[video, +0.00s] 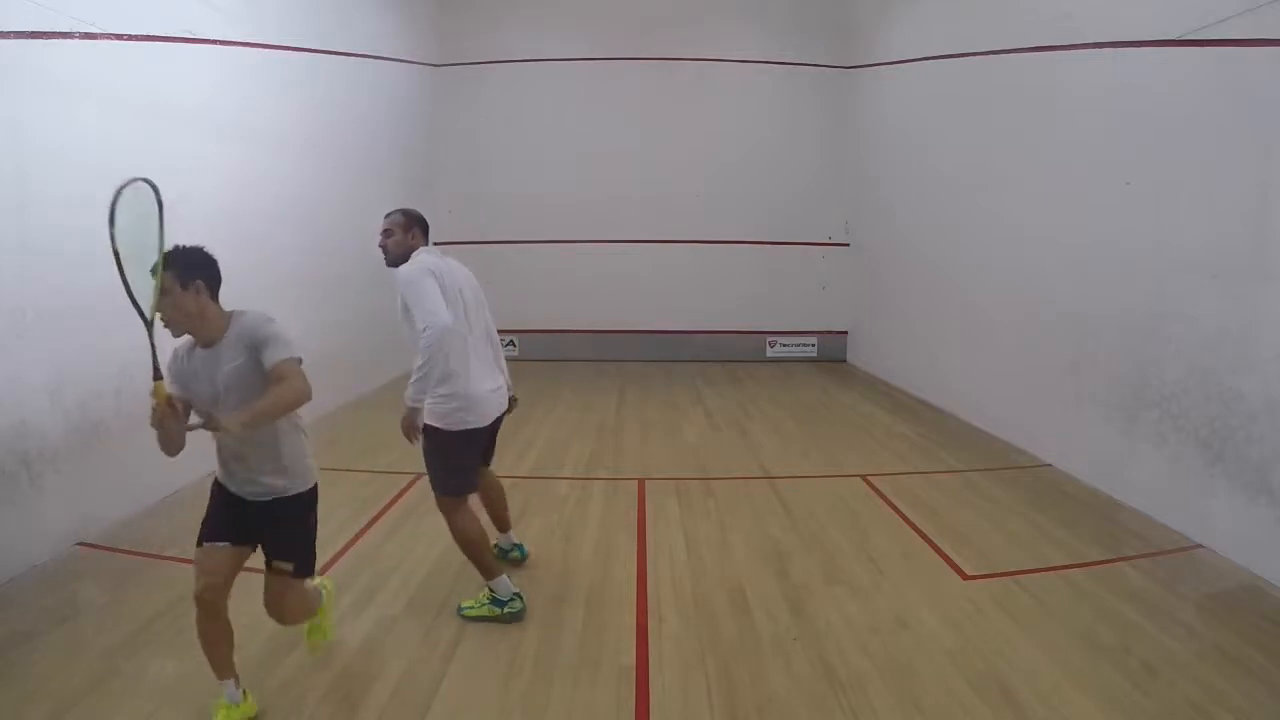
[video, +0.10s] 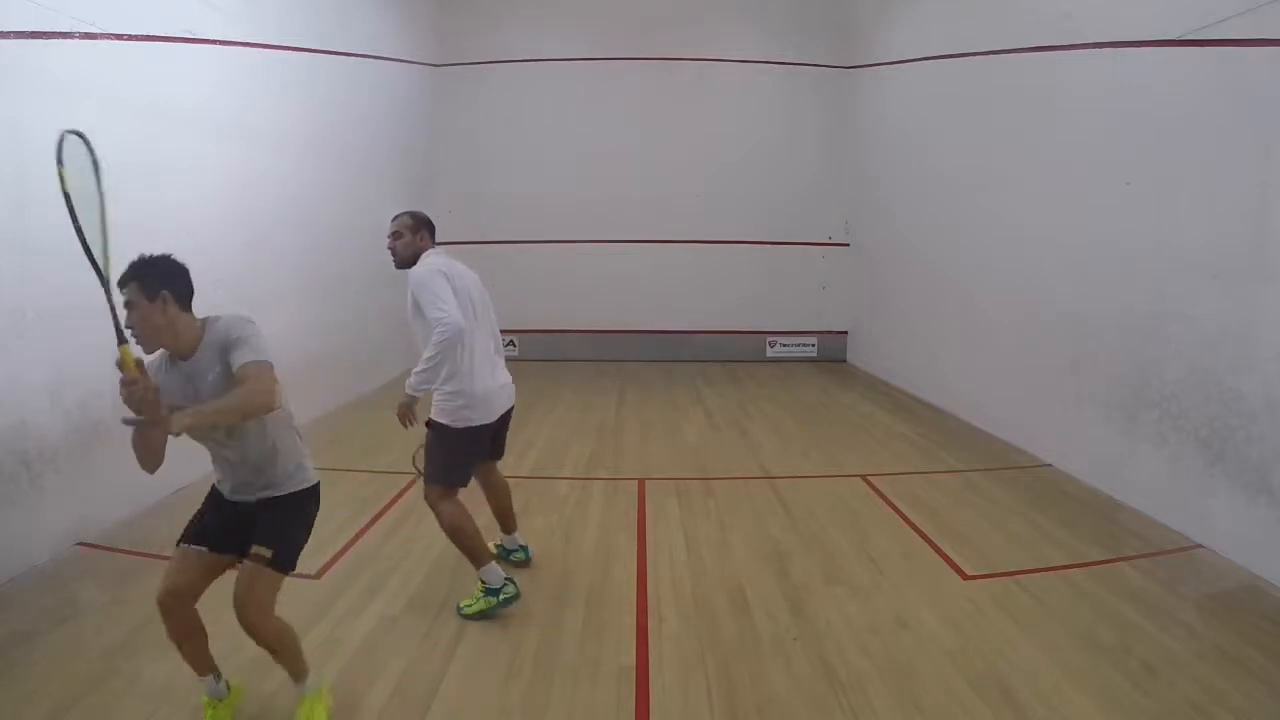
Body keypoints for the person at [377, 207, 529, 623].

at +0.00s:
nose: (380, 242)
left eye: (388, 234)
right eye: (381, 235)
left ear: (416, 236)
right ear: (419, 239)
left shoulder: (412, 271)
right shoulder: (457, 269)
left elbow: (437, 327)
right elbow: (489, 333)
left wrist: (413, 404)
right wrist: (504, 387)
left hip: (453, 408)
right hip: (491, 399)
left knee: (454, 504)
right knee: (479, 470)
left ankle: (503, 595)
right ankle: (509, 543)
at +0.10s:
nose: (390, 244)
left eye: (397, 236)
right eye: (389, 238)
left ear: (425, 238)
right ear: (426, 241)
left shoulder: (424, 274)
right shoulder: (463, 271)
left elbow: (449, 327)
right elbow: (494, 338)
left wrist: (412, 392)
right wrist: (478, 382)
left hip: (461, 405)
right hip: (499, 397)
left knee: (438, 493)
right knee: (485, 464)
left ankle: (495, 584)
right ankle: (513, 544)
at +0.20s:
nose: (394, 243)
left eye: (401, 235)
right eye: (393, 237)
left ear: (428, 236)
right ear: (429, 240)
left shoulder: (428, 271)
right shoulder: (465, 268)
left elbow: (451, 320)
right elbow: (494, 330)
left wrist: (412, 381)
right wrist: (464, 377)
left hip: (461, 397)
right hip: (499, 392)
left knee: (426, 481)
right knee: (485, 462)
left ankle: (485, 564)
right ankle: (513, 544)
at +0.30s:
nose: (393, 239)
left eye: (400, 231)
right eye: (392, 233)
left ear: (427, 232)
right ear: (430, 236)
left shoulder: (425, 267)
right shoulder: (465, 265)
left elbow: (448, 314)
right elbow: (495, 328)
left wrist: (412, 370)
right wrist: (460, 373)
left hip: (458, 392)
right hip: (498, 387)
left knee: (417, 473)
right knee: (487, 458)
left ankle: (465, 563)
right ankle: (513, 542)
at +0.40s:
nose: (387, 245)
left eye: (393, 236)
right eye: (387, 237)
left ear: (417, 236)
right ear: (424, 238)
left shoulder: (416, 270)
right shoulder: (463, 267)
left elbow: (438, 318)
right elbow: (494, 329)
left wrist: (407, 373)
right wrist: (473, 370)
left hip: (453, 394)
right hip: (494, 389)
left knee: (411, 473)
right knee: (486, 460)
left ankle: (441, 569)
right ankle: (513, 543)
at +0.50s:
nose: (385, 250)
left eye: (385, 244)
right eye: (387, 243)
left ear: (392, 245)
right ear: (424, 241)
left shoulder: (403, 279)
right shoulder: (457, 274)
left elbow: (425, 331)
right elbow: (488, 334)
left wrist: (401, 378)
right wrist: (476, 376)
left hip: (442, 401)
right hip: (486, 393)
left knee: (405, 476)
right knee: (479, 461)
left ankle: (430, 572)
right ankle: (512, 543)